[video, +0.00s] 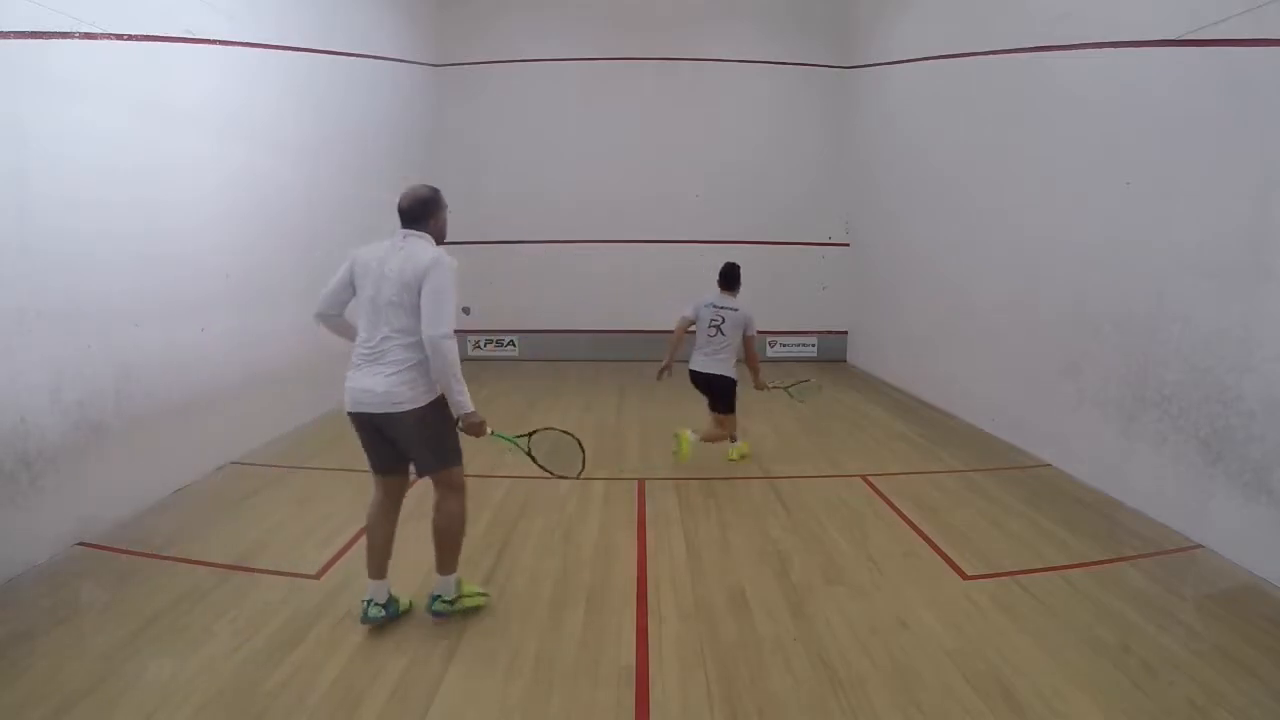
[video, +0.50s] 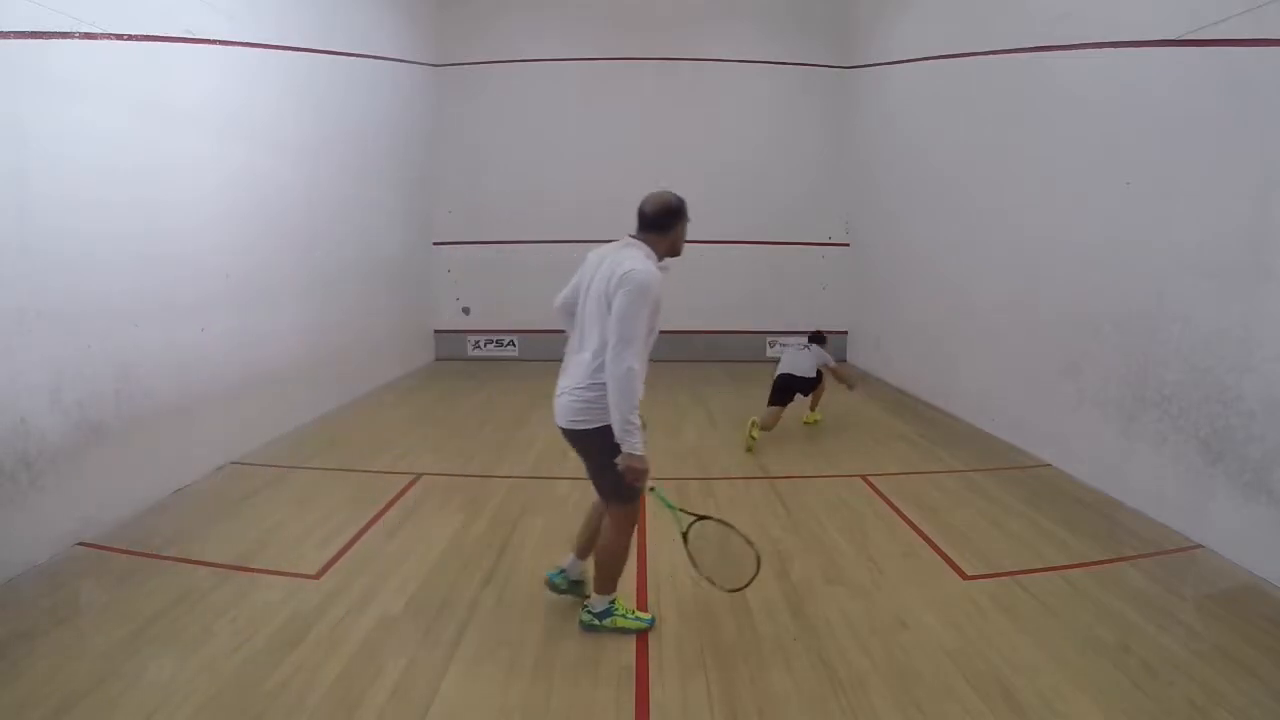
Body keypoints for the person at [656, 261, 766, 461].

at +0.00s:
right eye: (736, 282)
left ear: (718, 282)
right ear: (739, 285)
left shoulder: (703, 304)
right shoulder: (744, 314)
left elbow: (680, 329)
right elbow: (750, 355)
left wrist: (669, 360)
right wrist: (757, 379)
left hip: (696, 373)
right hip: (722, 378)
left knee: (722, 401)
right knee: (724, 431)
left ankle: (734, 443)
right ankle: (692, 437)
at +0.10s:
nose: (757, 290)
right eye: (758, 287)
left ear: (740, 288)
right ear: (760, 290)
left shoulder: (725, 309)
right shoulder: (764, 319)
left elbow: (699, 327)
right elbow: (774, 356)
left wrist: (683, 356)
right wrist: (786, 381)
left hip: (716, 371)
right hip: (743, 375)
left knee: (740, 400)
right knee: (765, 400)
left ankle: (736, 445)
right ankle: (745, 430)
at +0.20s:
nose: (779, 295)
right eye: (779, 292)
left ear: (760, 293)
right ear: (778, 295)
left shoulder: (744, 311)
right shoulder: (782, 322)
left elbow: (717, 325)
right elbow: (795, 359)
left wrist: (700, 345)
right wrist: (810, 383)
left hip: (737, 370)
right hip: (763, 372)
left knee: (749, 406)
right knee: (784, 384)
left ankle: (738, 434)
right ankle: (787, 423)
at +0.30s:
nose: (798, 304)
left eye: (797, 300)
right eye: (798, 301)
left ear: (779, 301)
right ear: (795, 302)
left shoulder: (765, 317)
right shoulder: (800, 328)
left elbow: (741, 328)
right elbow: (814, 365)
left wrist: (720, 346)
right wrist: (831, 388)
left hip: (754, 372)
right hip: (780, 375)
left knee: (750, 413)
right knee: (797, 389)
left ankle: (743, 429)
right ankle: (805, 412)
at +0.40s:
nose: (814, 323)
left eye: (812, 320)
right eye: (813, 321)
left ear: (795, 320)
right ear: (811, 322)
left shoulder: (781, 334)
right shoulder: (814, 341)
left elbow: (758, 351)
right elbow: (832, 369)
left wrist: (740, 373)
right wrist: (853, 387)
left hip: (772, 380)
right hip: (796, 382)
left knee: (762, 409)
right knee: (813, 384)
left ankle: (751, 428)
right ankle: (812, 414)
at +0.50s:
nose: (824, 348)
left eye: (824, 346)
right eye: (824, 346)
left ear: (808, 341)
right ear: (821, 344)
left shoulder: (791, 348)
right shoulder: (819, 352)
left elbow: (777, 371)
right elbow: (835, 371)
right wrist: (848, 383)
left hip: (783, 379)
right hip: (805, 380)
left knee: (769, 423)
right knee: (820, 377)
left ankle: (756, 425)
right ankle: (811, 413)